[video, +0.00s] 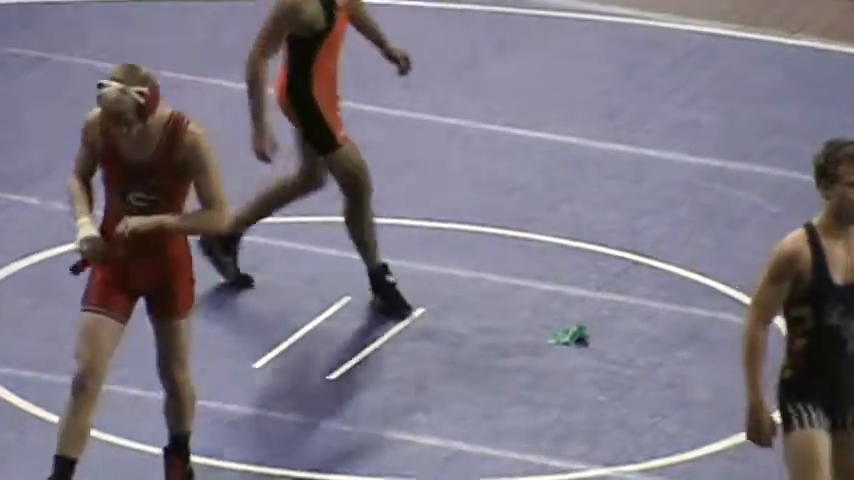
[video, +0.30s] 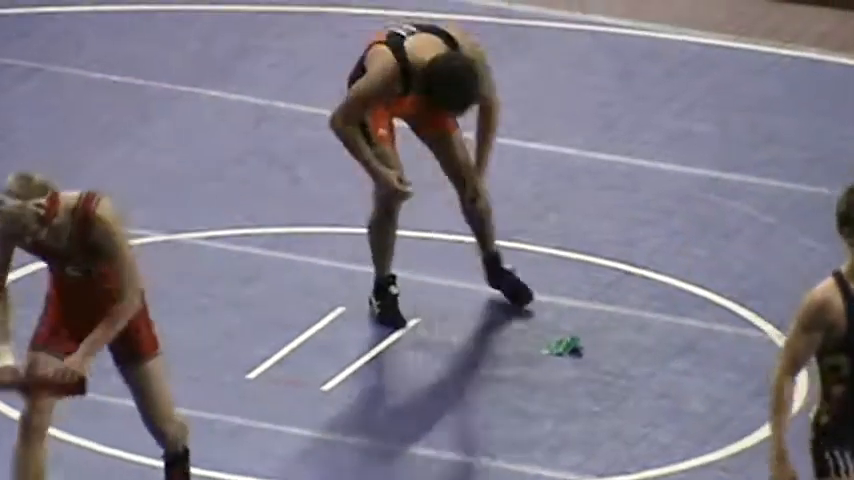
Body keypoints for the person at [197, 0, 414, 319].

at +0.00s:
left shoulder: (342, 3)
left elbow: (354, 12)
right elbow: (257, 58)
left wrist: (386, 47)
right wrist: (260, 128)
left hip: (323, 95)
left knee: (310, 178)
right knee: (356, 180)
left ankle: (227, 234)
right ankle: (380, 281)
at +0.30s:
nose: (456, 115)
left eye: (461, 109)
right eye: (451, 109)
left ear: (470, 79)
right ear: (431, 88)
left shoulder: (471, 56)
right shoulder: (387, 74)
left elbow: (489, 104)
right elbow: (340, 121)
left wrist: (478, 173)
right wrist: (379, 173)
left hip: (426, 97)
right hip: (378, 99)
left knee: (469, 184)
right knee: (392, 190)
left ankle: (495, 267)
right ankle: (383, 287)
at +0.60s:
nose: (497, 228)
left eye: (502, 222)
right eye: (488, 223)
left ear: (514, 196)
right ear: (468, 198)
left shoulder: (527, 171)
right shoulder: (434, 152)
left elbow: (552, 247)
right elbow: (383, 139)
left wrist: (567, 322)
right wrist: (377, 204)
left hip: (494, 105)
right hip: (430, 100)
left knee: (525, 210)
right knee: (426, 201)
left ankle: (516, 285)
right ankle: (396, 288)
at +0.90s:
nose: (492, 215)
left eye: (497, 210)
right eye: (485, 207)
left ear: (517, 178)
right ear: (471, 171)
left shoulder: (532, 150)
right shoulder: (447, 136)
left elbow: (516, 215)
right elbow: (395, 186)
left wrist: (480, 263)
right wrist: (424, 247)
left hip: (494, 76)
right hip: (432, 77)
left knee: (523, 200)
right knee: (427, 187)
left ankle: (514, 273)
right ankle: (393, 280)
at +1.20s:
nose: (469, 199)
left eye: (477, 196)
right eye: (464, 194)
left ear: (500, 165)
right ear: (453, 153)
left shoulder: (515, 140)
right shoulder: (428, 124)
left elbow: (486, 195)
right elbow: (370, 171)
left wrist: (458, 248)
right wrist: (383, 240)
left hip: (486, 73)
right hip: (421, 72)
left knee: (507, 185)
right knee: (413, 186)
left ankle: (513, 275)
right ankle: (391, 282)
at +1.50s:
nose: (446, 211)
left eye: (458, 208)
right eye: (444, 203)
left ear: (477, 181)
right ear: (436, 169)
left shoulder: (497, 148)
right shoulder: (415, 133)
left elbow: (456, 203)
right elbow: (358, 180)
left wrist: (425, 244)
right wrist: (352, 243)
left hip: (473, 77)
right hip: (411, 75)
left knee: (502, 187)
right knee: (407, 191)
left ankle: (516, 276)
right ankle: (390, 281)